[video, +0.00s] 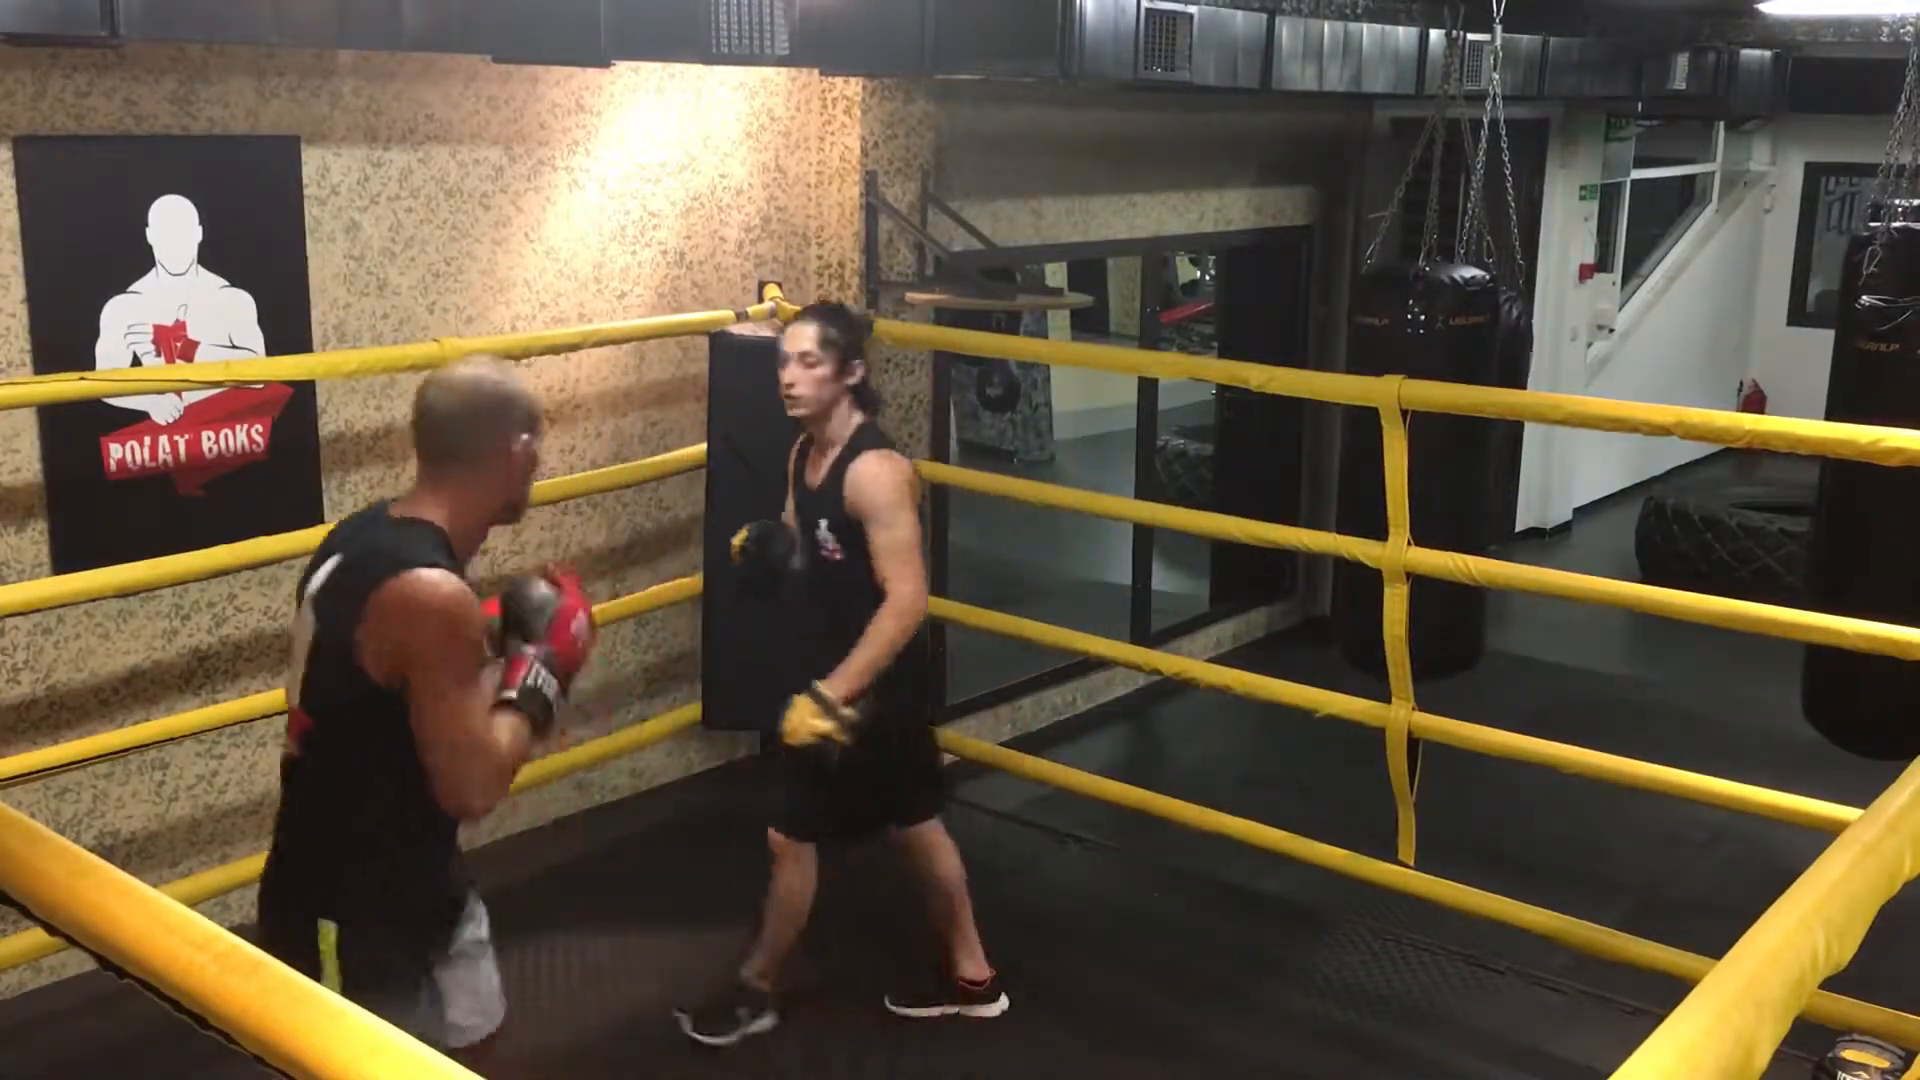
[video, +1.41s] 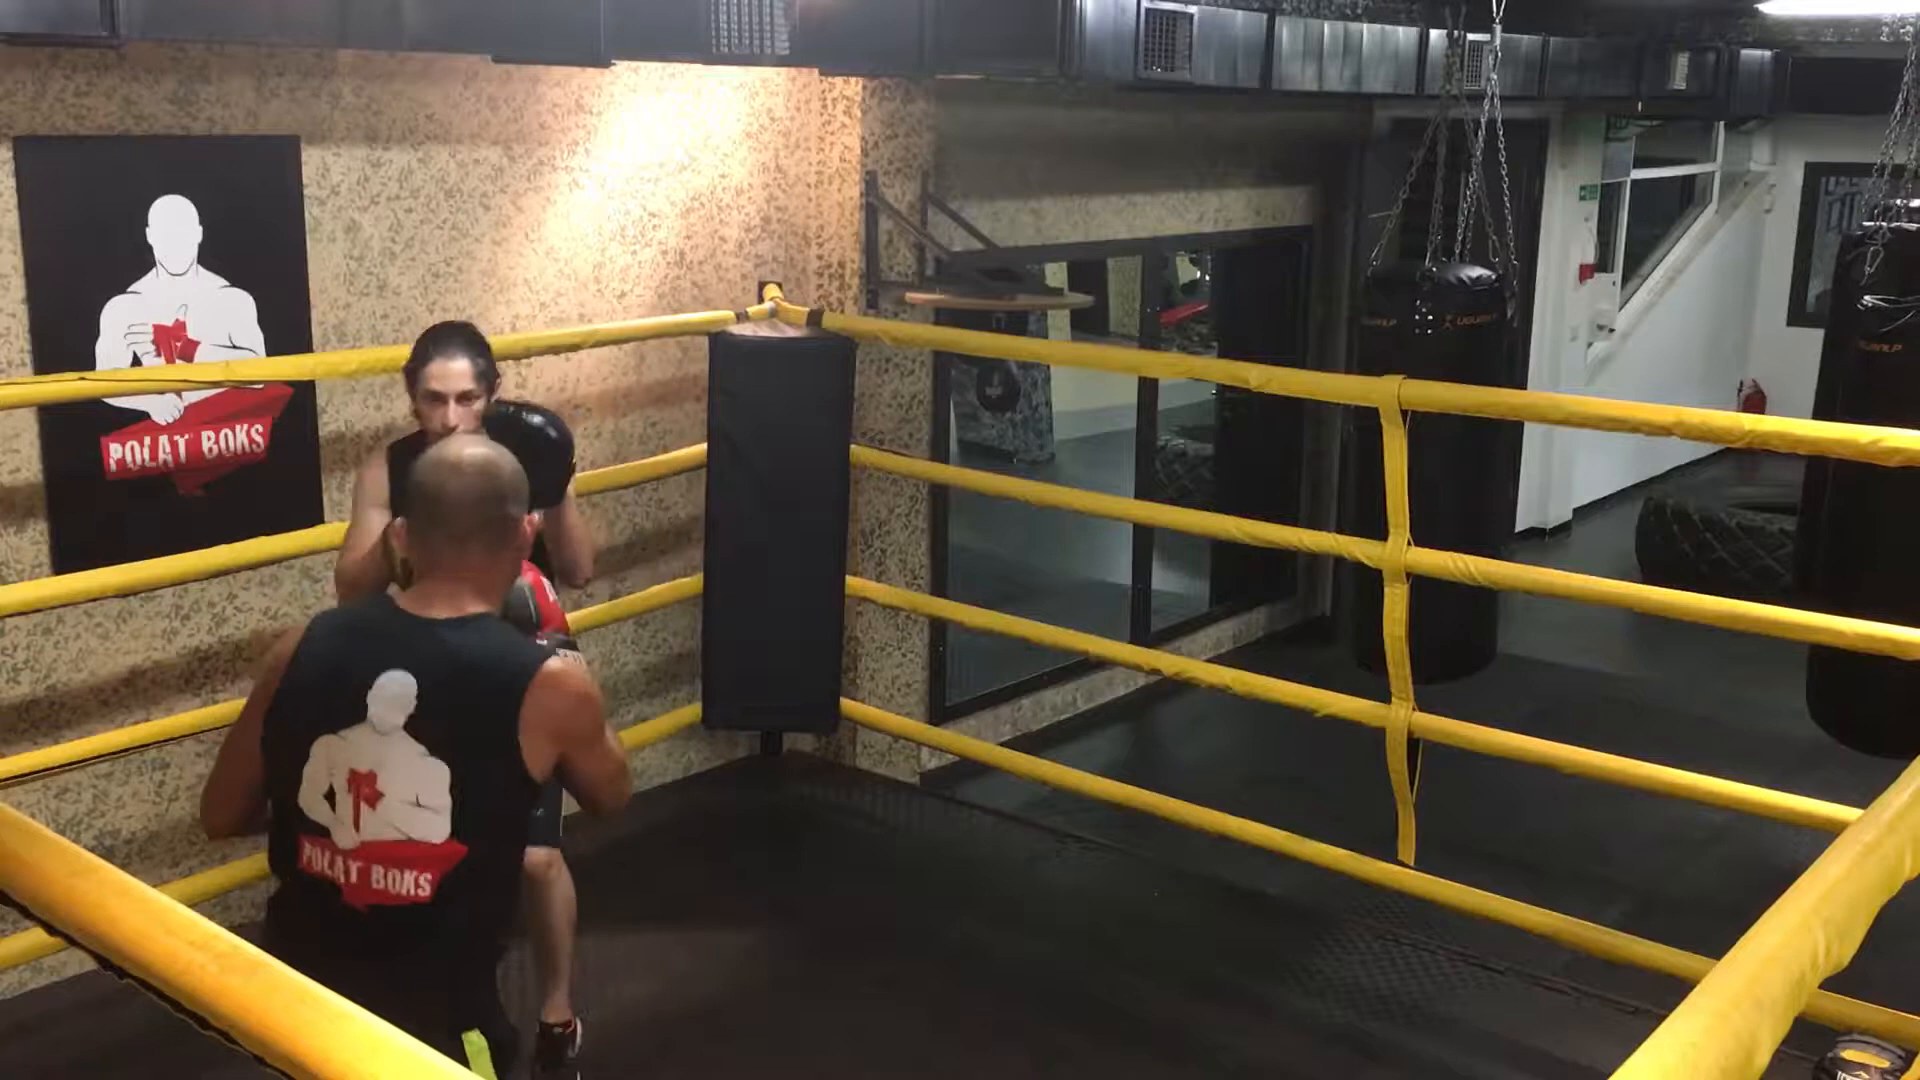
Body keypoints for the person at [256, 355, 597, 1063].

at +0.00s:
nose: (537, 463)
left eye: (538, 445)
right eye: (536, 445)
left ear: (432, 442)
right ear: (515, 453)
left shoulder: (354, 540)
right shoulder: (432, 596)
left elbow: (365, 709)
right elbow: (469, 786)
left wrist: (486, 637)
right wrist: (543, 672)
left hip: (318, 888)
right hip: (400, 910)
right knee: (460, 1060)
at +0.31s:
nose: (485, 476)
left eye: (484, 461)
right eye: (486, 461)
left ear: (372, 467)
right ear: (473, 467)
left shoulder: (308, 566)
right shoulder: (417, 600)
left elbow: (319, 741)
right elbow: (406, 804)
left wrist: (453, 731)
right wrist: (483, 731)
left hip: (276, 917)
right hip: (361, 938)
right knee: (439, 1072)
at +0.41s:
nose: (486, 488)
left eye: (482, 472)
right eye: (485, 475)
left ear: (366, 479)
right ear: (471, 486)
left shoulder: (291, 579)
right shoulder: (431, 631)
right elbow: (462, 828)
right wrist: (493, 711)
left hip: (265, 939)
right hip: (367, 961)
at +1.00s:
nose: (469, 491)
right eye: (467, 476)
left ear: (347, 491)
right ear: (458, 479)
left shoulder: (280, 594)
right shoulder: (465, 617)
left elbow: (235, 773)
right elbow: (524, 816)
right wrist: (508, 707)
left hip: (289, 936)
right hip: (401, 946)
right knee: (482, 1062)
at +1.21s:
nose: (515, 496)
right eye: (512, 486)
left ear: (386, 509)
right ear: (503, 503)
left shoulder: (305, 616)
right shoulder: (513, 648)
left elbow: (218, 797)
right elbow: (576, 814)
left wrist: (339, 751)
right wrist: (545, 669)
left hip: (304, 980)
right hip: (433, 988)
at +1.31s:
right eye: (527, 500)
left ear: (398, 507)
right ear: (518, 511)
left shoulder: (312, 619)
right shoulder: (538, 652)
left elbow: (215, 794)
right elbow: (594, 805)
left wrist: (341, 754)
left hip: (303, 980)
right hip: (441, 990)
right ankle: (567, 1016)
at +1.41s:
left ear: (400, 540)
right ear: (525, 537)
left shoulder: (308, 648)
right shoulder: (550, 684)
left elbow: (223, 813)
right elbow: (611, 795)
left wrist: (342, 785)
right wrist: (557, 661)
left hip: (300, 1001)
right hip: (444, 1016)